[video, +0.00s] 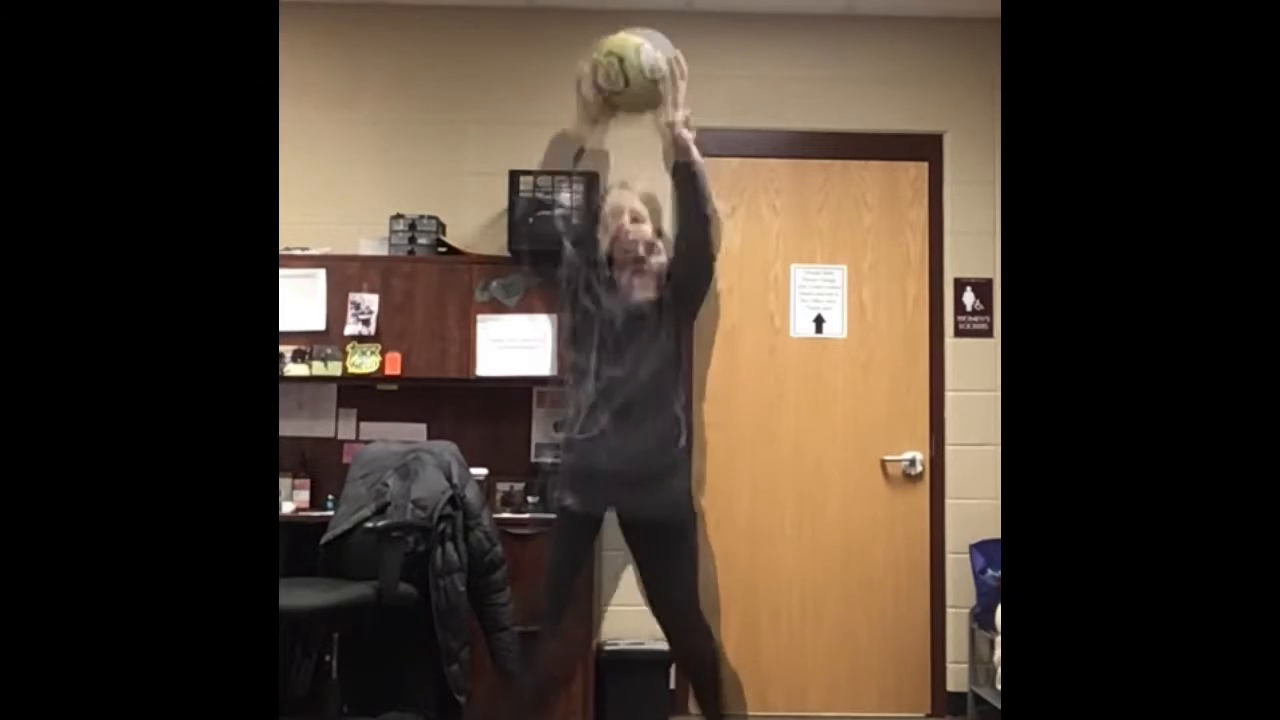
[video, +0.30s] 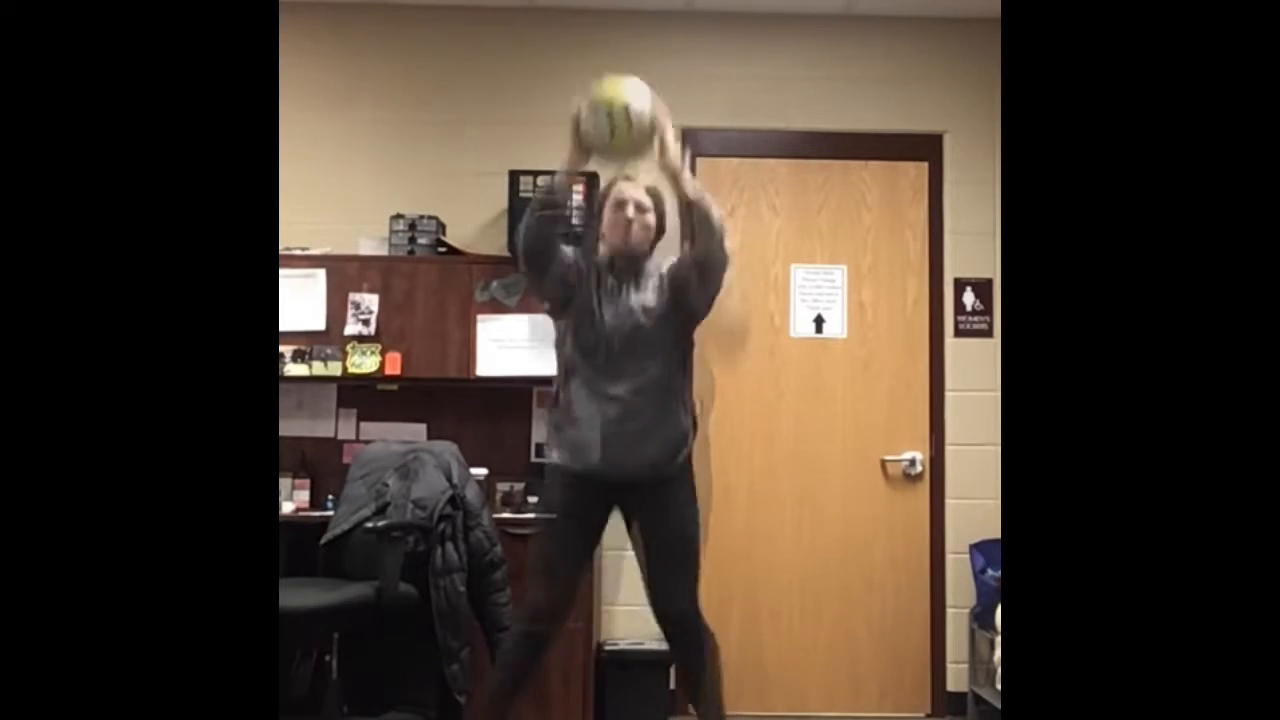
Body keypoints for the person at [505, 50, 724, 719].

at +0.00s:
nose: (632, 230)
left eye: (640, 220)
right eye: (618, 222)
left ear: (656, 235)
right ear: (600, 239)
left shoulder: (676, 298)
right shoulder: (584, 290)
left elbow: (698, 235)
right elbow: (561, 221)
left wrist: (678, 140)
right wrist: (586, 127)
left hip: (655, 474)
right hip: (583, 471)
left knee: (681, 621)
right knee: (557, 619)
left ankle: (721, 711)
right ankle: (526, 709)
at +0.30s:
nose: (630, 216)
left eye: (642, 209)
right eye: (619, 205)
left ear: (660, 227)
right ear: (599, 219)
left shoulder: (675, 290)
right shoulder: (578, 282)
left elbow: (710, 252)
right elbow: (535, 252)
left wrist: (677, 173)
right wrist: (570, 168)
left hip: (657, 468)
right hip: (578, 467)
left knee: (679, 615)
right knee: (541, 612)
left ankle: (709, 712)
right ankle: (487, 710)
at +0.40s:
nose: (625, 219)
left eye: (637, 208)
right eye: (612, 209)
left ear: (657, 214)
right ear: (593, 214)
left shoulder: (684, 275)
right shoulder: (574, 271)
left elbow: (705, 329)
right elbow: (532, 319)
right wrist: (574, 252)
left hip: (659, 457)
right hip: (579, 455)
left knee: (665, 598)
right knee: (561, 591)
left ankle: (675, 709)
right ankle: (547, 708)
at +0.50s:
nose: (632, 225)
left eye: (644, 219)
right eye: (621, 217)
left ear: (660, 238)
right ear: (601, 233)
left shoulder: (685, 316)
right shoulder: (562, 314)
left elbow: (695, 412)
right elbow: (542, 404)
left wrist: (656, 359)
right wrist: (581, 359)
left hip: (659, 494)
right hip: (581, 493)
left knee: (650, 629)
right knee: (584, 627)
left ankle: (648, 715)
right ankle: (594, 712)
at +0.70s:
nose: (624, 232)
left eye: (636, 220)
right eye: (613, 220)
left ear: (655, 225)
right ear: (592, 225)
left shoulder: (683, 281)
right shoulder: (566, 283)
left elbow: (706, 339)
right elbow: (536, 343)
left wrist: (672, 293)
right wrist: (574, 279)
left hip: (661, 474)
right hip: (582, 475)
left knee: (654, 609)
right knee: (587, 609)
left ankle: (652, 710)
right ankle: (592, 710)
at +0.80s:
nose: (634, 193)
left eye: (644, 187)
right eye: (622, 185)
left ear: (659, 203)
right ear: (601, 198)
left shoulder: (676, 263)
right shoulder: (574, 255)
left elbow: (712, 259)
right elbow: (536, 261)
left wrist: (680, 185)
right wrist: (579, 182)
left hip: (662, 444)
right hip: (581, 442)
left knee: (668, 593)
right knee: (572, 590)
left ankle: (681, 711)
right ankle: (556, 711)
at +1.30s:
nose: (633, 204)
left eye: (646, 193)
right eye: (620, 193)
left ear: (668, 200)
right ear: (601, 200)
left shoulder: (697, 259)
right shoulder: (580, 256)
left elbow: (726, 308)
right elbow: (534, 300)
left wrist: (684, 265)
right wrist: (573, 253)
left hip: (671, 451)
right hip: (590, 449)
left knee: (676, 594)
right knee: (574, 589)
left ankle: (691, 710)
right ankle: (553, 709)